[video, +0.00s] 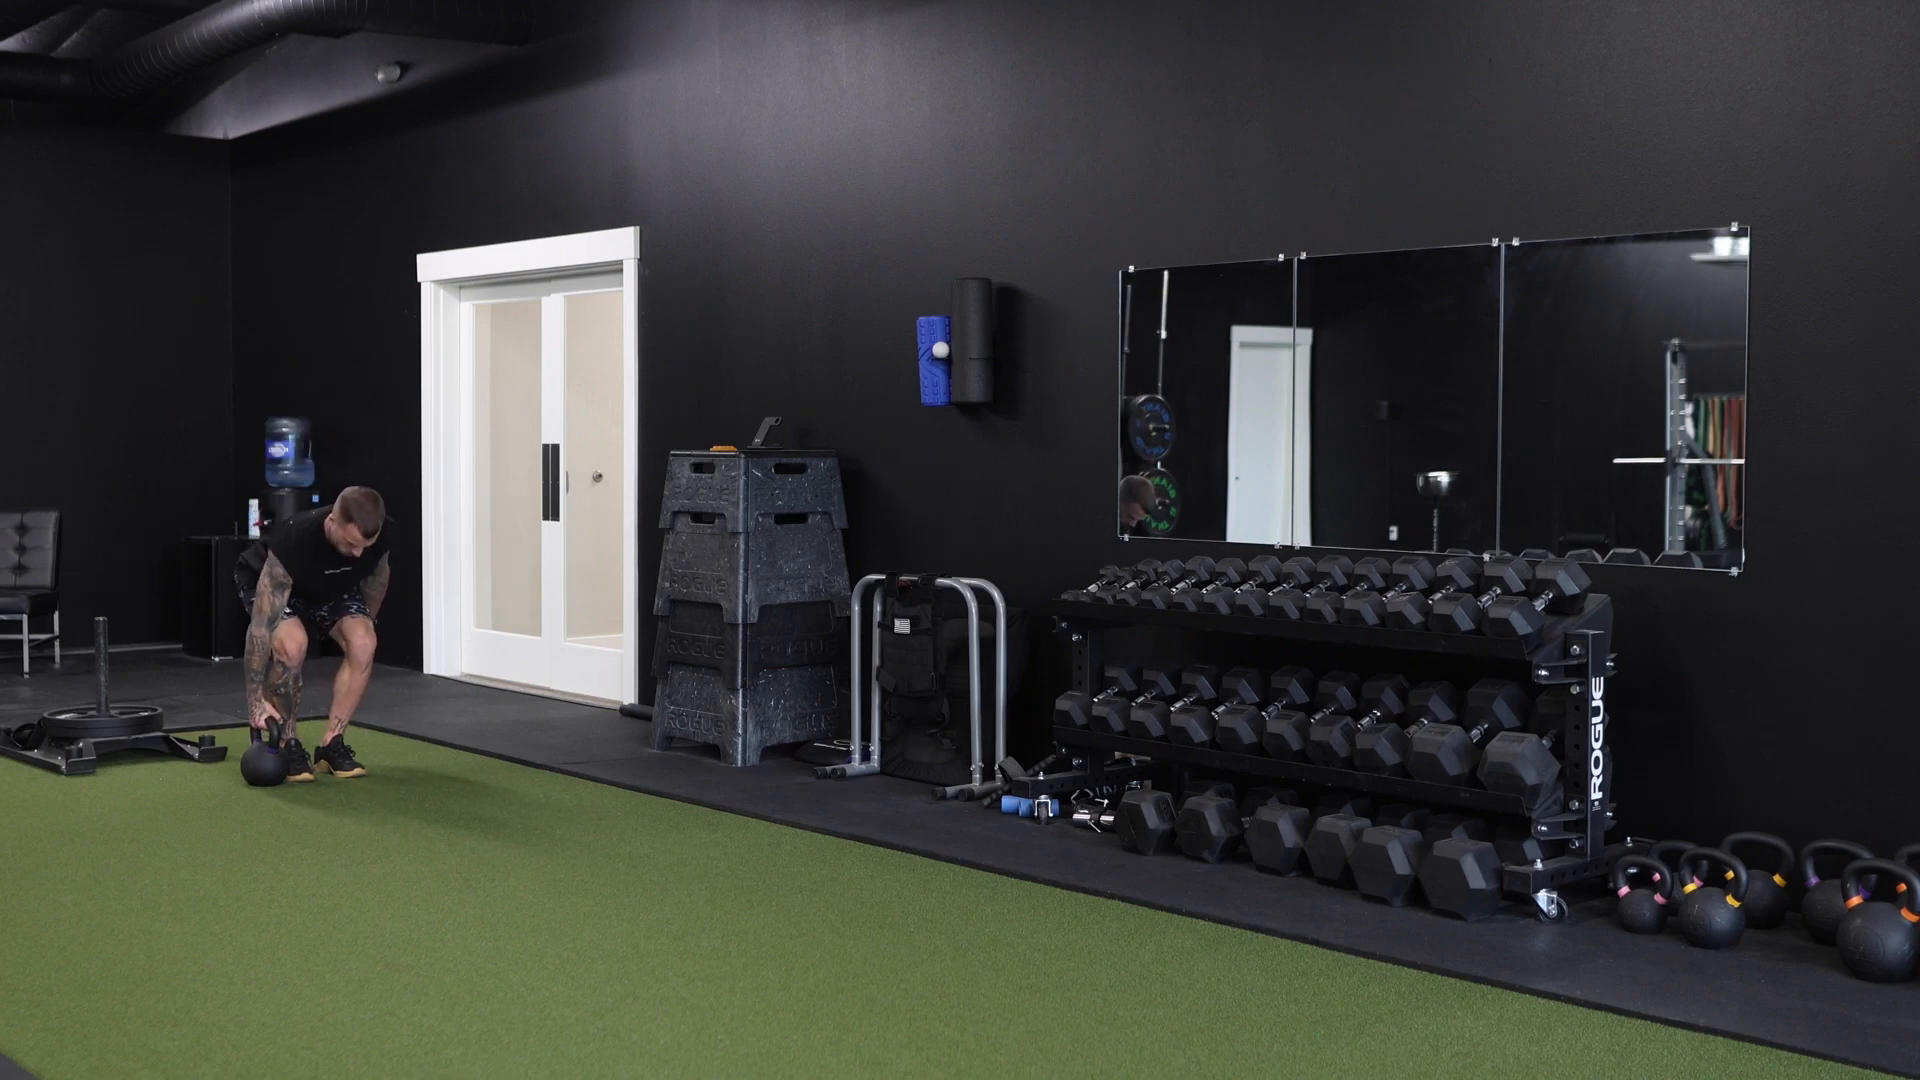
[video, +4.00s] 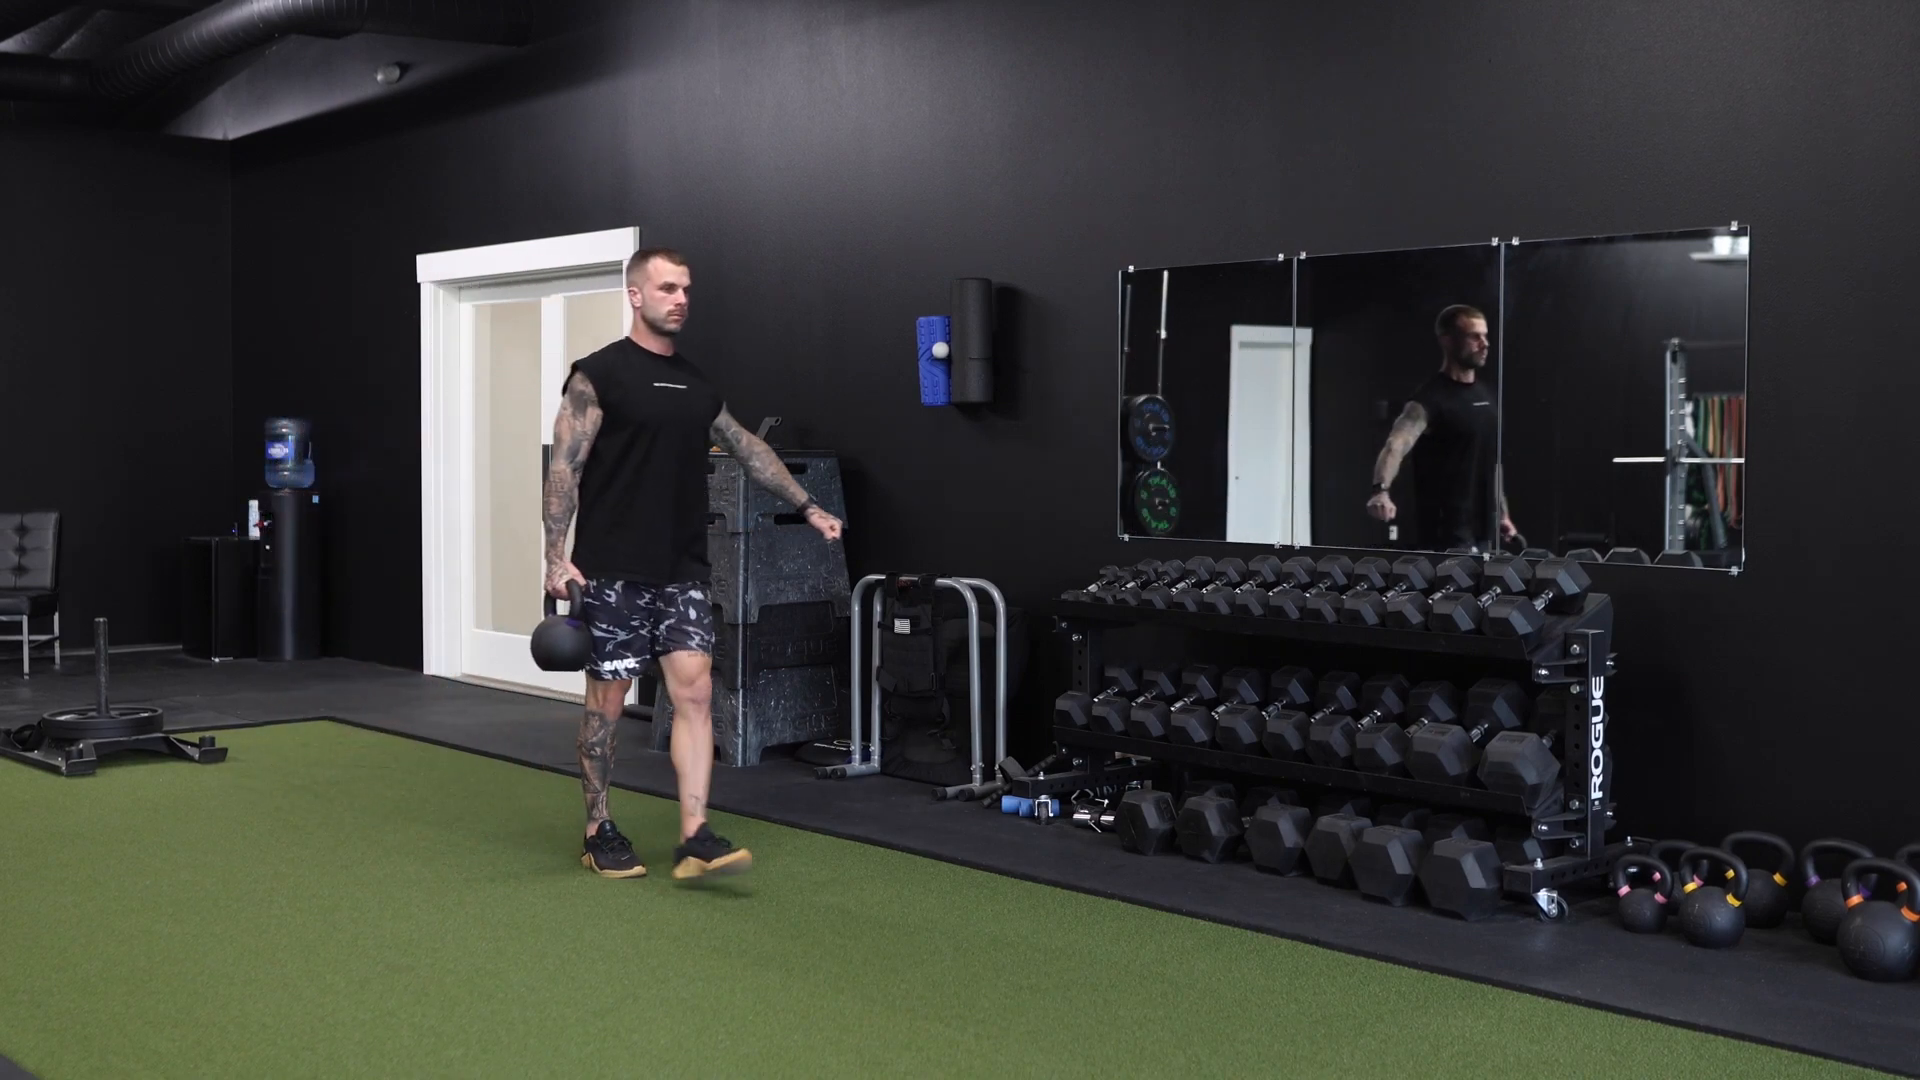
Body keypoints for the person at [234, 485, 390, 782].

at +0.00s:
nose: (357, 553)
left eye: (365, 546)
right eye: (350, 544)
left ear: (376, 533)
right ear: (332, 522)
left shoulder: (378, 536)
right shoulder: (293, 538)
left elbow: (377, 578)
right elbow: (260, 627)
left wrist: (363, 622)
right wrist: (255, 699)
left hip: (328, 587)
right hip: (272, 585)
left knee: (363, 643)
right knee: (292, 644)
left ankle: (332, 744)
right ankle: (288, 743)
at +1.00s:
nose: (340, 328)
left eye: (346, 321)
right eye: (330, 320)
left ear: (352, 328)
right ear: (307, 326)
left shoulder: (364, 397)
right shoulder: (278, 389)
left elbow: (385, 467)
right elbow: (254, 463)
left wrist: (400, 531)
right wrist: (248, 531)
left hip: (346, 541)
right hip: (287, 540)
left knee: (340, 640)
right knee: (287, 643)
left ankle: (331, 741)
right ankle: (288, 744)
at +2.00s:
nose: (419, 329)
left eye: (425, 321)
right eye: (408, 319)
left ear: (429, 329)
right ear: (383, 324)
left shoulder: (439, 401)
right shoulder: (347, 388)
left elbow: (483, 457)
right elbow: (316, 464)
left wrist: (530, 509)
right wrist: (303, 532)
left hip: (409, 545)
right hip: (351, 539)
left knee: (391, 650)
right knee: (384, 632)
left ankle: (362, 760)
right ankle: (380, 752)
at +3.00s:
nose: (528, 315)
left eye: (533, 307)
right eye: (516, 306)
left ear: (538, 315)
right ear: (488, 312)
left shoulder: (553, 393)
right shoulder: (454, 387)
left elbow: (601, 452)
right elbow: (427, 472)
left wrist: (653, 504)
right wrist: (415, 551)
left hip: (537, 560)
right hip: (471, 559)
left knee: (526, 676)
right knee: (475, 680)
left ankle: (511, 800)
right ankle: (424, 755)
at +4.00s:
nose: (680, 300)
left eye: (685, 291)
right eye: (667, 289)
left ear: (689, 299)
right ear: (634, 295)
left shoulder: (694, 383)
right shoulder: (596, 375)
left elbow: (746, 446)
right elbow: (563, 468)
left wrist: (808, 506)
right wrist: (557, 555)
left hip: (683, 569)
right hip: (611, 568)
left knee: (695, 692)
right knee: (607, 702)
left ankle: (695, 837)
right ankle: (599, 830)